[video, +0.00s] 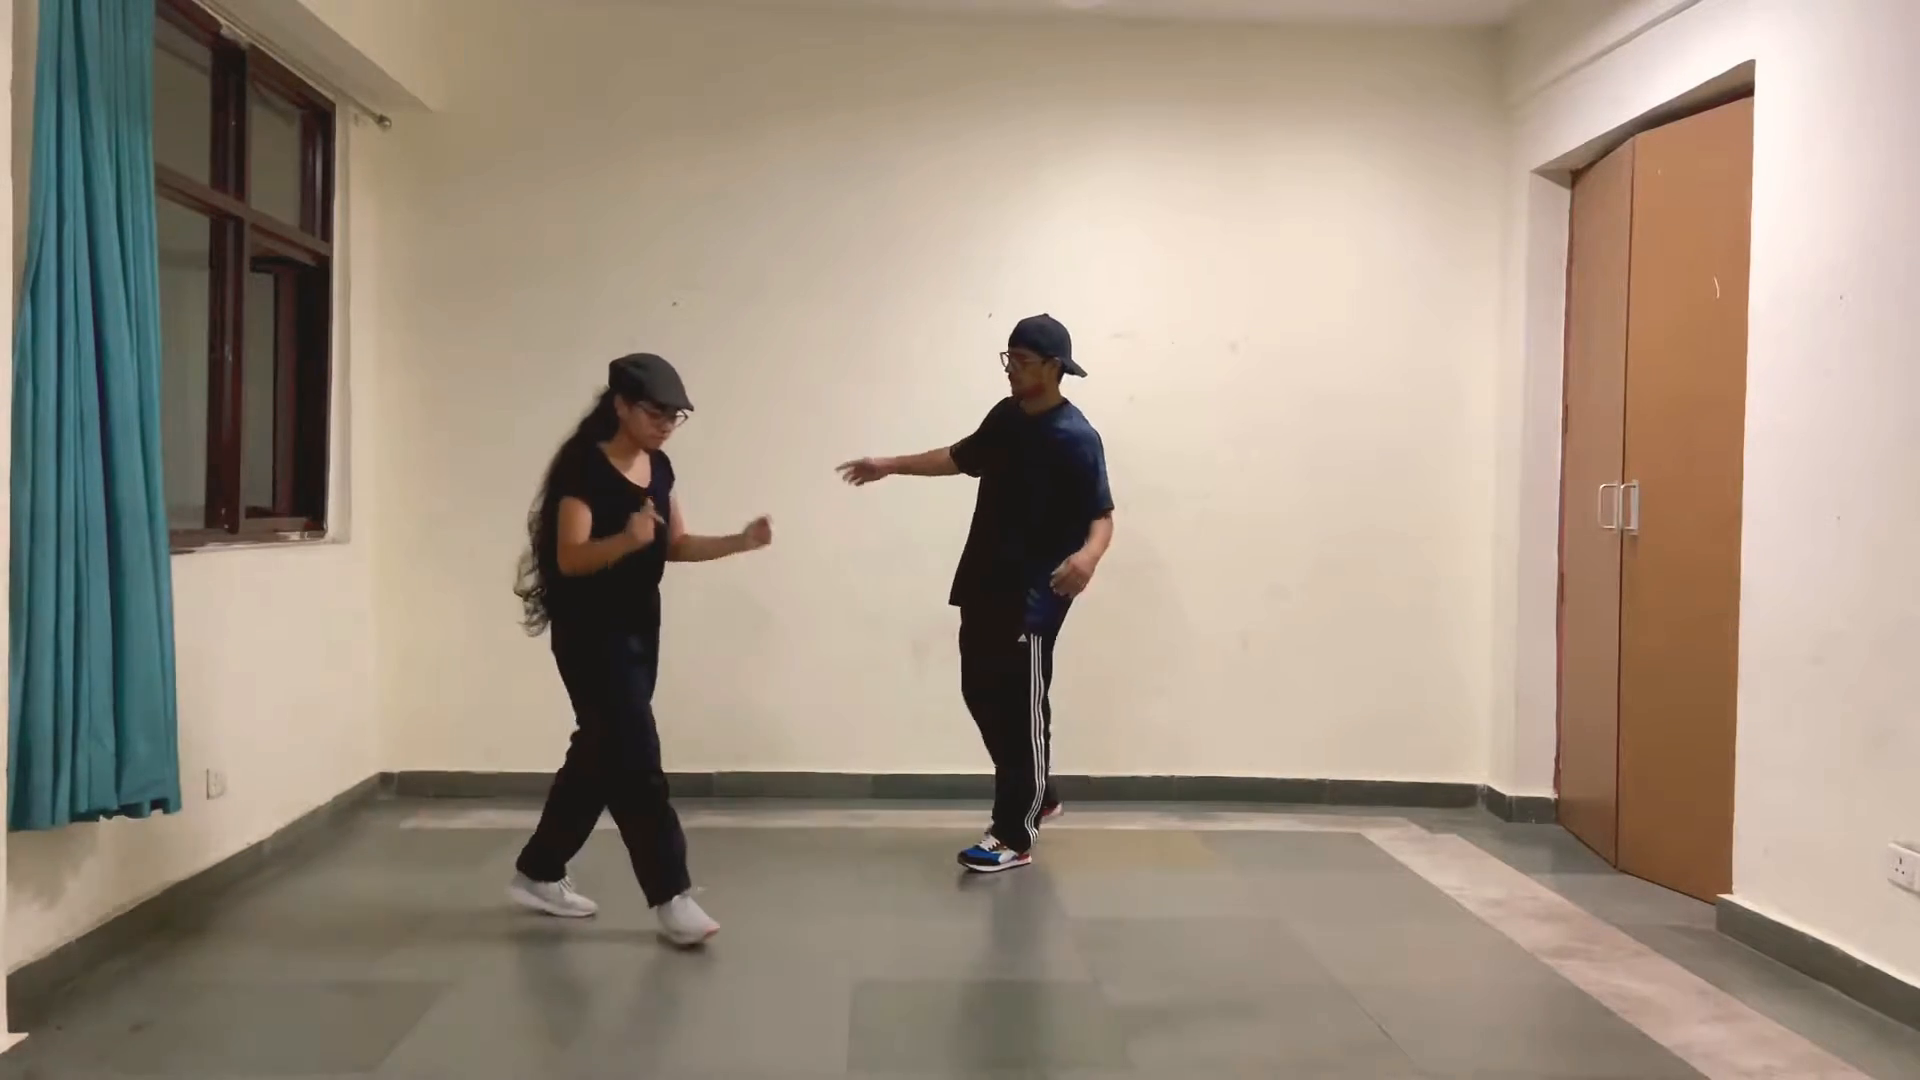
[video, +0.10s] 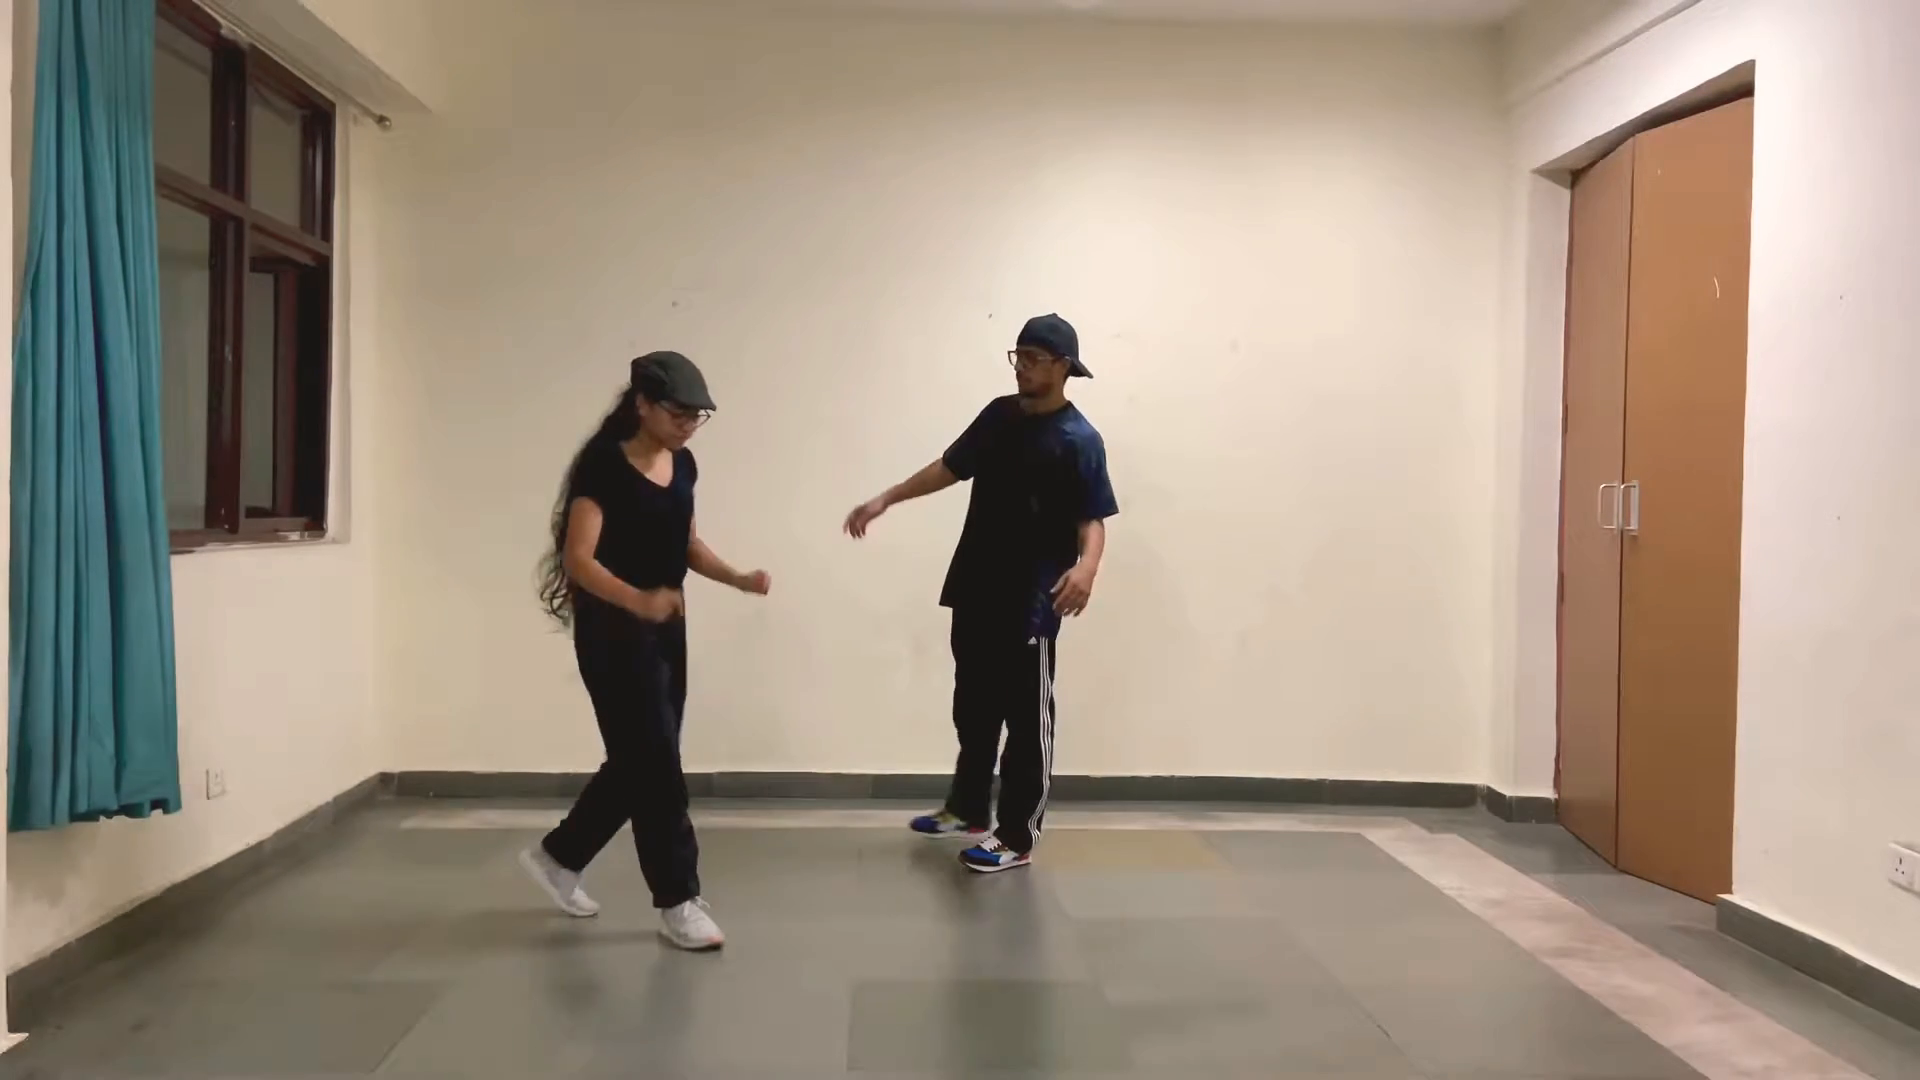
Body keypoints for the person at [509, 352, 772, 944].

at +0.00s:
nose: (669, 423)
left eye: (674, 414)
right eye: (658, 411)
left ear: (676, 416)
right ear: (623, 405)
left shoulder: (656, 467)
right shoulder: (581, 465)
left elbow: (672, 545)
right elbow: (569, 559)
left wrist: (738, 542)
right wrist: (626, 541)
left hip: (638, 634)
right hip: (587, 636)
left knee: (600, 752)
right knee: (635, 752)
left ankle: (538, 872)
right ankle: (670, 894)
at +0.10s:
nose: (690, 424)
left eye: (696, 415)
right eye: (679, 413)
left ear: (697, 413)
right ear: (643, 404)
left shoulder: (681, 464)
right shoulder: (601, 464)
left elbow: (687, 543)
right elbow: (577, 561)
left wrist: (736, 577)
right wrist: (635, 598)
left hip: (665, 628)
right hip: (612, 632)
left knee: (645, 756)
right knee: (653, 756)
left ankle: (557, 855)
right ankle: (676, 901)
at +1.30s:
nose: (781, 425)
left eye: (791, 413)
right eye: (769, 414)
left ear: (808, 406)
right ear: (749, 410)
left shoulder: (838, 460)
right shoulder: (728, 466)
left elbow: (870, 541)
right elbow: (696, 540)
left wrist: (845, 584)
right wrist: (684, 584)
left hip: (817, 628)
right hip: (746, 626)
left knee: (806, 765)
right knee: (744, 762)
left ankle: (801, 899)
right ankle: (741, 899)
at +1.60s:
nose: (766, 423)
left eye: (777, 411)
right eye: (753, 411)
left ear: (792, 409)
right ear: (732, 409)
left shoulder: (815, 461)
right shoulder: (704, 471)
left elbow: (863, 518)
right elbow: (669, 548)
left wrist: (905, 564)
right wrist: (642, 628)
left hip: (796, 639)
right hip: (720, 641)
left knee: (799, 761)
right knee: (729, 773)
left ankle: (805, 876)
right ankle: (740, 898)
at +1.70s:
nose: (764, 424)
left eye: (774, 413)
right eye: (751, 413)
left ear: (789, 411)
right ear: (729, 412)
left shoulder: (811, 460)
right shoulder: (702, 470)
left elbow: (855, 517)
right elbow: (663, 548)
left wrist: (902, 556)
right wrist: (624, 624)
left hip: (795, 632)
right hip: (721, 636)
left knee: (798, 747)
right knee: (724, 766)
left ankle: (793, 845)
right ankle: (739, 898)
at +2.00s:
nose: (766, 424)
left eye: (777, 412)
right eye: (754, 413)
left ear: (792, 408)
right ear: (732, 409)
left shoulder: (814, 457)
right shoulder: (704, 464)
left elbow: (854, 530)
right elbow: (670, 544)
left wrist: (900, 583)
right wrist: (633, 616)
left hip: (796, 638)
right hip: (722, 640)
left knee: (795, 766)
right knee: (729, 768)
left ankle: (797, 903)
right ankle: (739, 903)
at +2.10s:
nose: (765, 416)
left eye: (776, 405)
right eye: (753, 404)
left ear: (793, 406)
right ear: (732, 403)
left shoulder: (816, 458)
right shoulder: (705, 462)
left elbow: (851, 529)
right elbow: (679, 542)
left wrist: (889, 587)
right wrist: (651, 613)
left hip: (795, 636)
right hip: (722, 637)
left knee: (795, 767)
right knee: (728, 768)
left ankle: (799, 902)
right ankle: (739, 899)